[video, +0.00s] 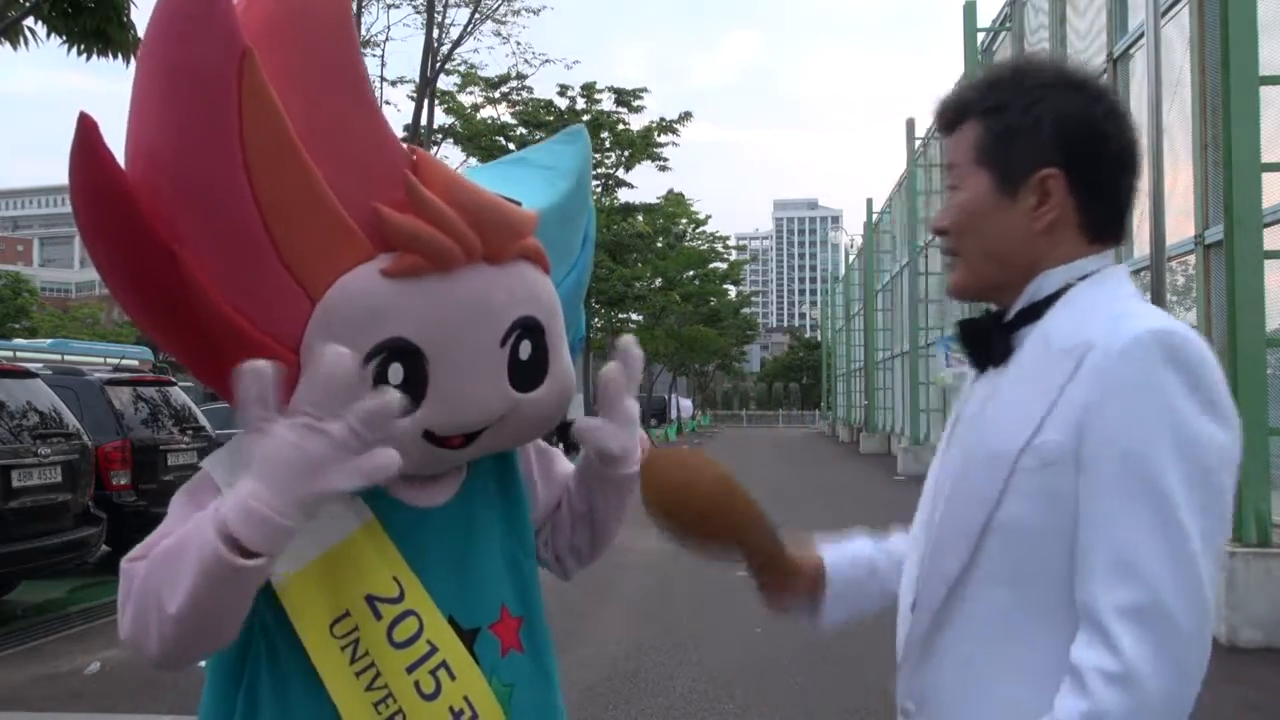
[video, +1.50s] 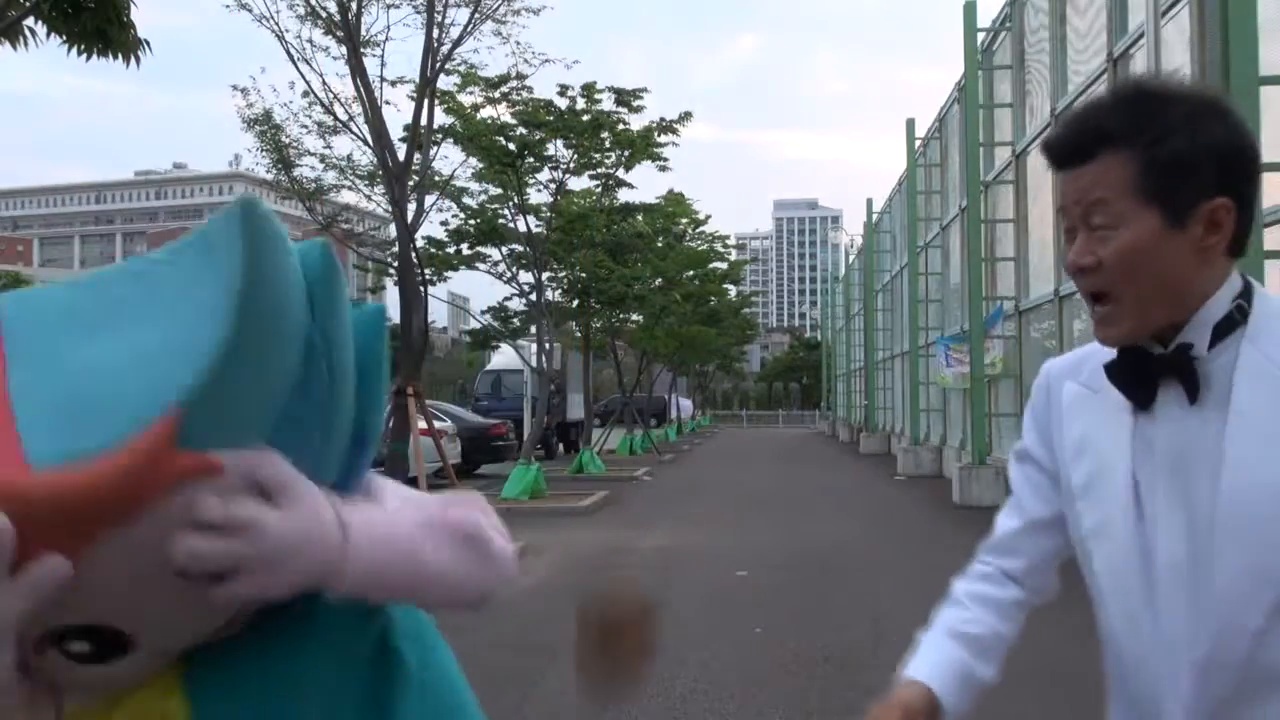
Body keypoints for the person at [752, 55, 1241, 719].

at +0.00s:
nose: (935, 222)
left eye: (954, 186)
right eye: (943, 190)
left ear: (1042, 198)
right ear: (1035, 200)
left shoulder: (1142, 356)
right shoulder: (1011, 356)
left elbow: (1139, 668)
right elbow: (964, 551)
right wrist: (823, 574)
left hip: (1020, 705)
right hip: (931, 701)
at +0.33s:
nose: (999, 228)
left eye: (1019, 195)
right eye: (1008, 199)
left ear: (1118, 208)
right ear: (1117, 211)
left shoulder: (1153, 390)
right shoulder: (1076, 351)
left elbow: (1143, 701)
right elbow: (988, 288)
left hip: (986, 704)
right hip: (930, 696)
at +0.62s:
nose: (969, 202)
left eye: (987, 166)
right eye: (978, 166)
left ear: (1083, 183)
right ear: (1083, 186)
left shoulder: (1176, 378)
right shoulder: (1045, 313)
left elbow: (1172, 699)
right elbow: (948, 213)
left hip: (1021, 703)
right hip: (921, 688)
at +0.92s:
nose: (1058, 197)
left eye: (1082, 159)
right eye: (1067, 162)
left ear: (1184, 179)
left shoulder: (1256, 382)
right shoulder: (1060, 319)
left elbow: (1247, 694)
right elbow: (919, 365)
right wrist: (750, 326)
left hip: (1087, 705)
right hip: (947, 688)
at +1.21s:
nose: (1102, 225)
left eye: (1131, 190)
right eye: (1107, 192)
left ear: (1255, 211)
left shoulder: (1269, 376)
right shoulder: (1094, 347)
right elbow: (980, 488)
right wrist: (822, 536)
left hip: (1194, 704)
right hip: (1042, 697)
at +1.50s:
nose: (1075, 258)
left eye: (1101, 226)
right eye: (1069, 232)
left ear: (1213, 226)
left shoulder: (1272, 368)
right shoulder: (1067, 394)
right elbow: (1005, 575)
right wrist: (921, 693)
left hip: (1263, 703)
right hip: (1139, 706)